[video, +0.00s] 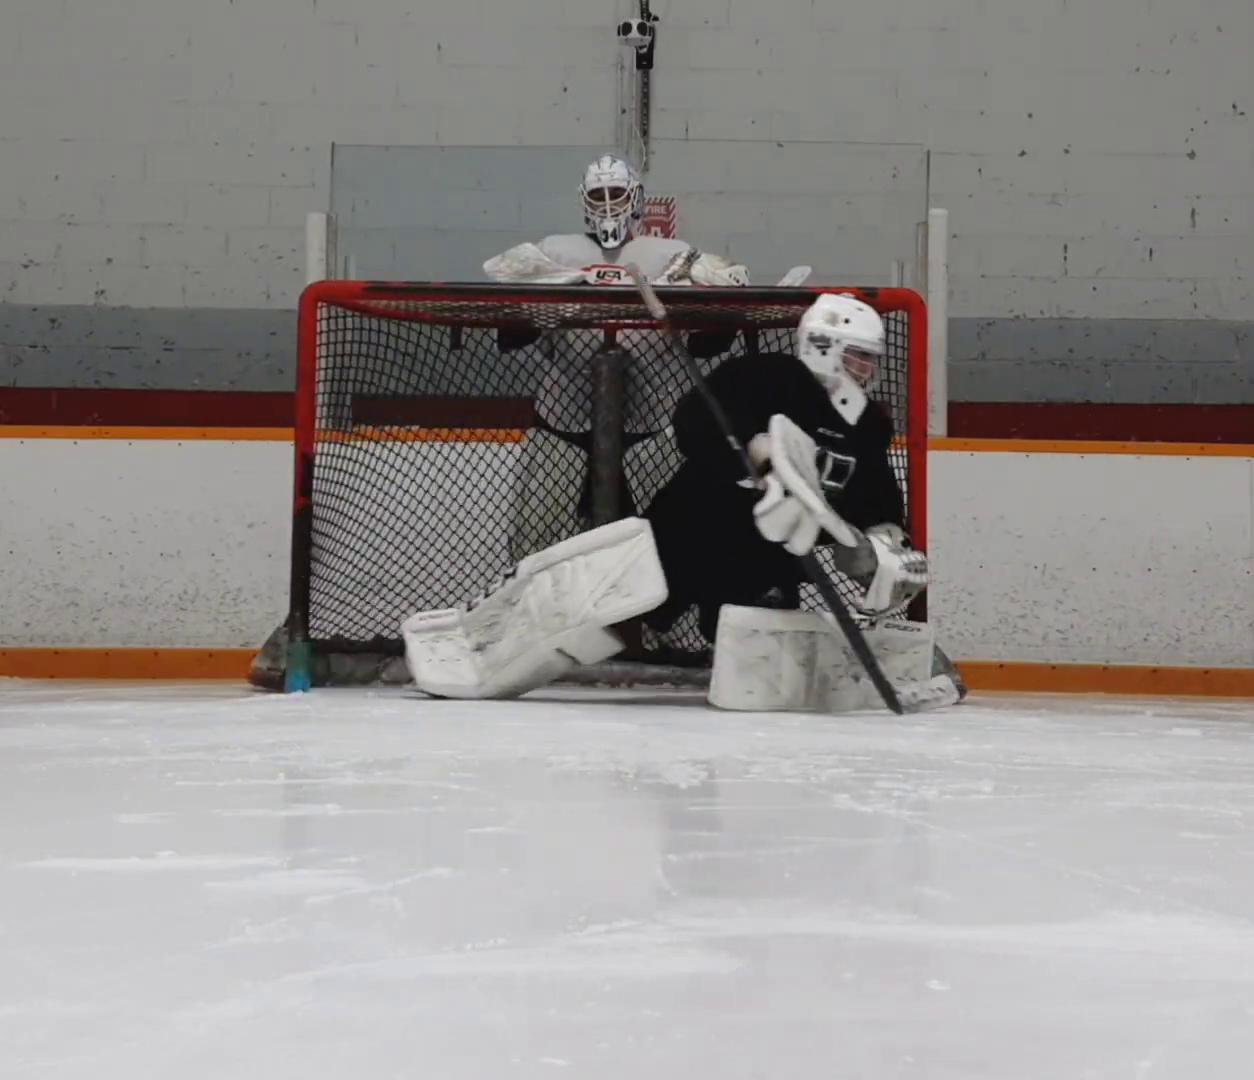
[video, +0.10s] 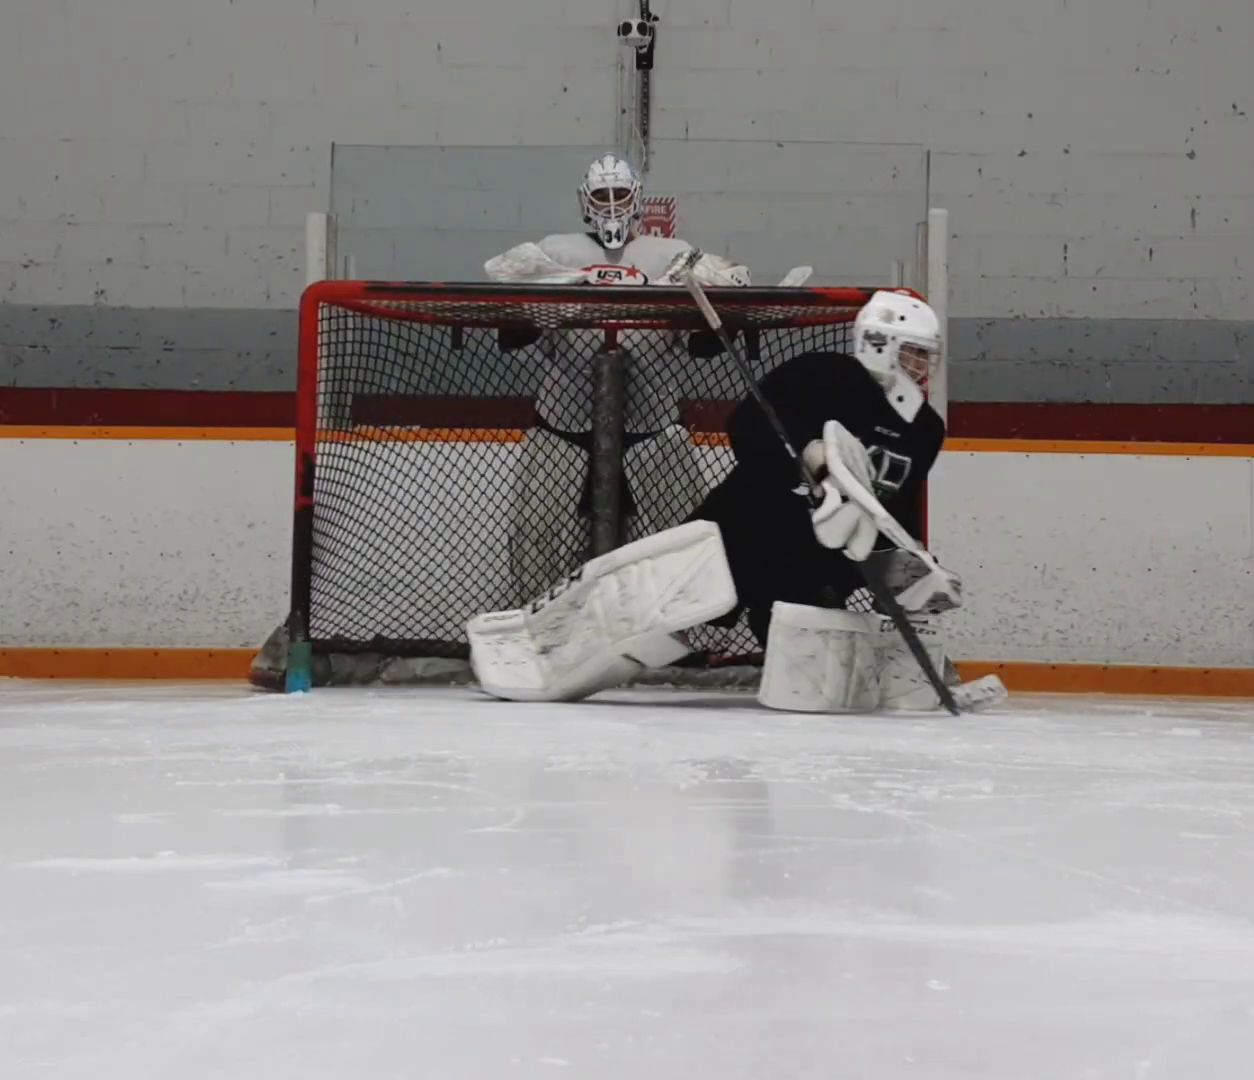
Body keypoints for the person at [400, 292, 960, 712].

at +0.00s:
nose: (866, 372)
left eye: (872, 362)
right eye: (857, 359)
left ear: (870, 364)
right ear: (818, 348)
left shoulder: (867, 426)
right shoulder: (765, 376)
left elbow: (883, 508)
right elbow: (692, 416)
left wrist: (876, 536)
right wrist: (753, 453)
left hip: (782, 566)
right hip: (695, 539)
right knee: (587, 610)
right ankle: (479, 652)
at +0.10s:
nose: (925, 368)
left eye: (930, 357)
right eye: (915, 354)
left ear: (929, 358)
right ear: (878, 346)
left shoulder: (924, 430)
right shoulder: (826, 373)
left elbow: (900, 514)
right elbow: (752, 422)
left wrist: (914, 571)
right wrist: (804, 460)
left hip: (821, 567)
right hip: (748, 534)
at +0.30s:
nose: (982, 368)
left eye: (992, 361)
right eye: (974, 354)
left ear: (1002, 367)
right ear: (941, 344)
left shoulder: (977, 431)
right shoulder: (901, 372)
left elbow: (933, 518)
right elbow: (808, 409)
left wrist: (917, 560)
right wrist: (847, 449)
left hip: (860, 550)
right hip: (784, 523)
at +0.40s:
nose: (988, 355)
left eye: (999, 347)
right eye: (979, 340)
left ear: (1008, 351)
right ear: (945, 330)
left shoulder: (989, 419)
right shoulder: (901, 362)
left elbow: (938, 503)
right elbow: (788, 391)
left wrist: (938, 563)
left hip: (869, 530)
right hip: (786, 503)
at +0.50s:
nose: (980, 324)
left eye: (990, 315)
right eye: (969, 310)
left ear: (1001, 318)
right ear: (934, 301)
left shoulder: (997, 389)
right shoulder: (895, 338)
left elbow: (950, 467)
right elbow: (778, 359)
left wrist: (981, 526)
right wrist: (778, 387)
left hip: (878, 515)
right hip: (786, 482)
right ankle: (752, 671)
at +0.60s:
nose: (974, 282)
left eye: (985, 272)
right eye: (961, 267)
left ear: (996, 276)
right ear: (925, 261)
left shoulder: (1000, 349)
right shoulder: (889, 300)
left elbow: (965, 449)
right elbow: (777, 337)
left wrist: (1024, 502)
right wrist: (789, 373)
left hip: (897, 498)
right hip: (799, 463)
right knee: (832, 545)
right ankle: (776, 679)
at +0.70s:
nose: (985, 247)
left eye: (995, 236)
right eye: (972, 233)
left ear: (1008, 241)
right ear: (934, 227)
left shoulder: (1008, 321)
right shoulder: (897, 272)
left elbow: (989, 417)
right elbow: (797, 321)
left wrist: (1071, 460)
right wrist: (830, 367)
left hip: (889, 456)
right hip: (798, 440)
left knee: (953, 512)